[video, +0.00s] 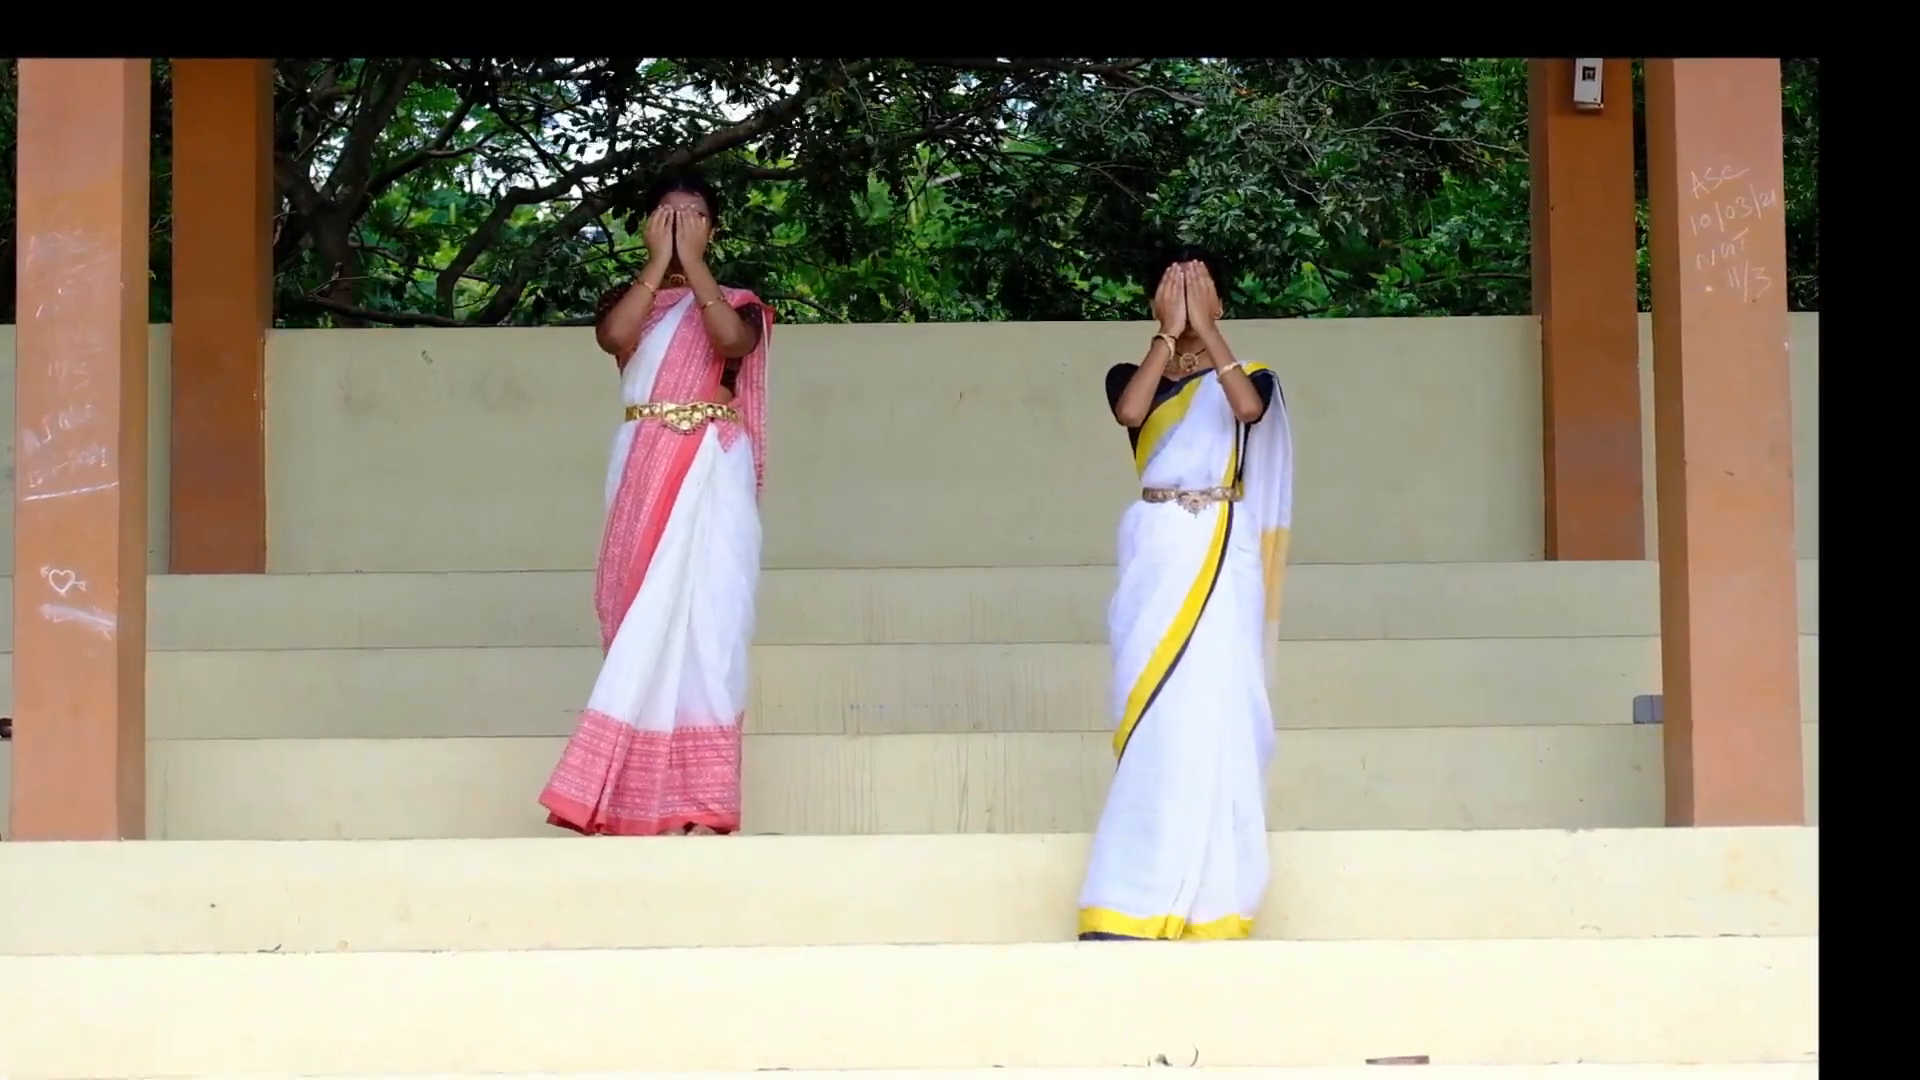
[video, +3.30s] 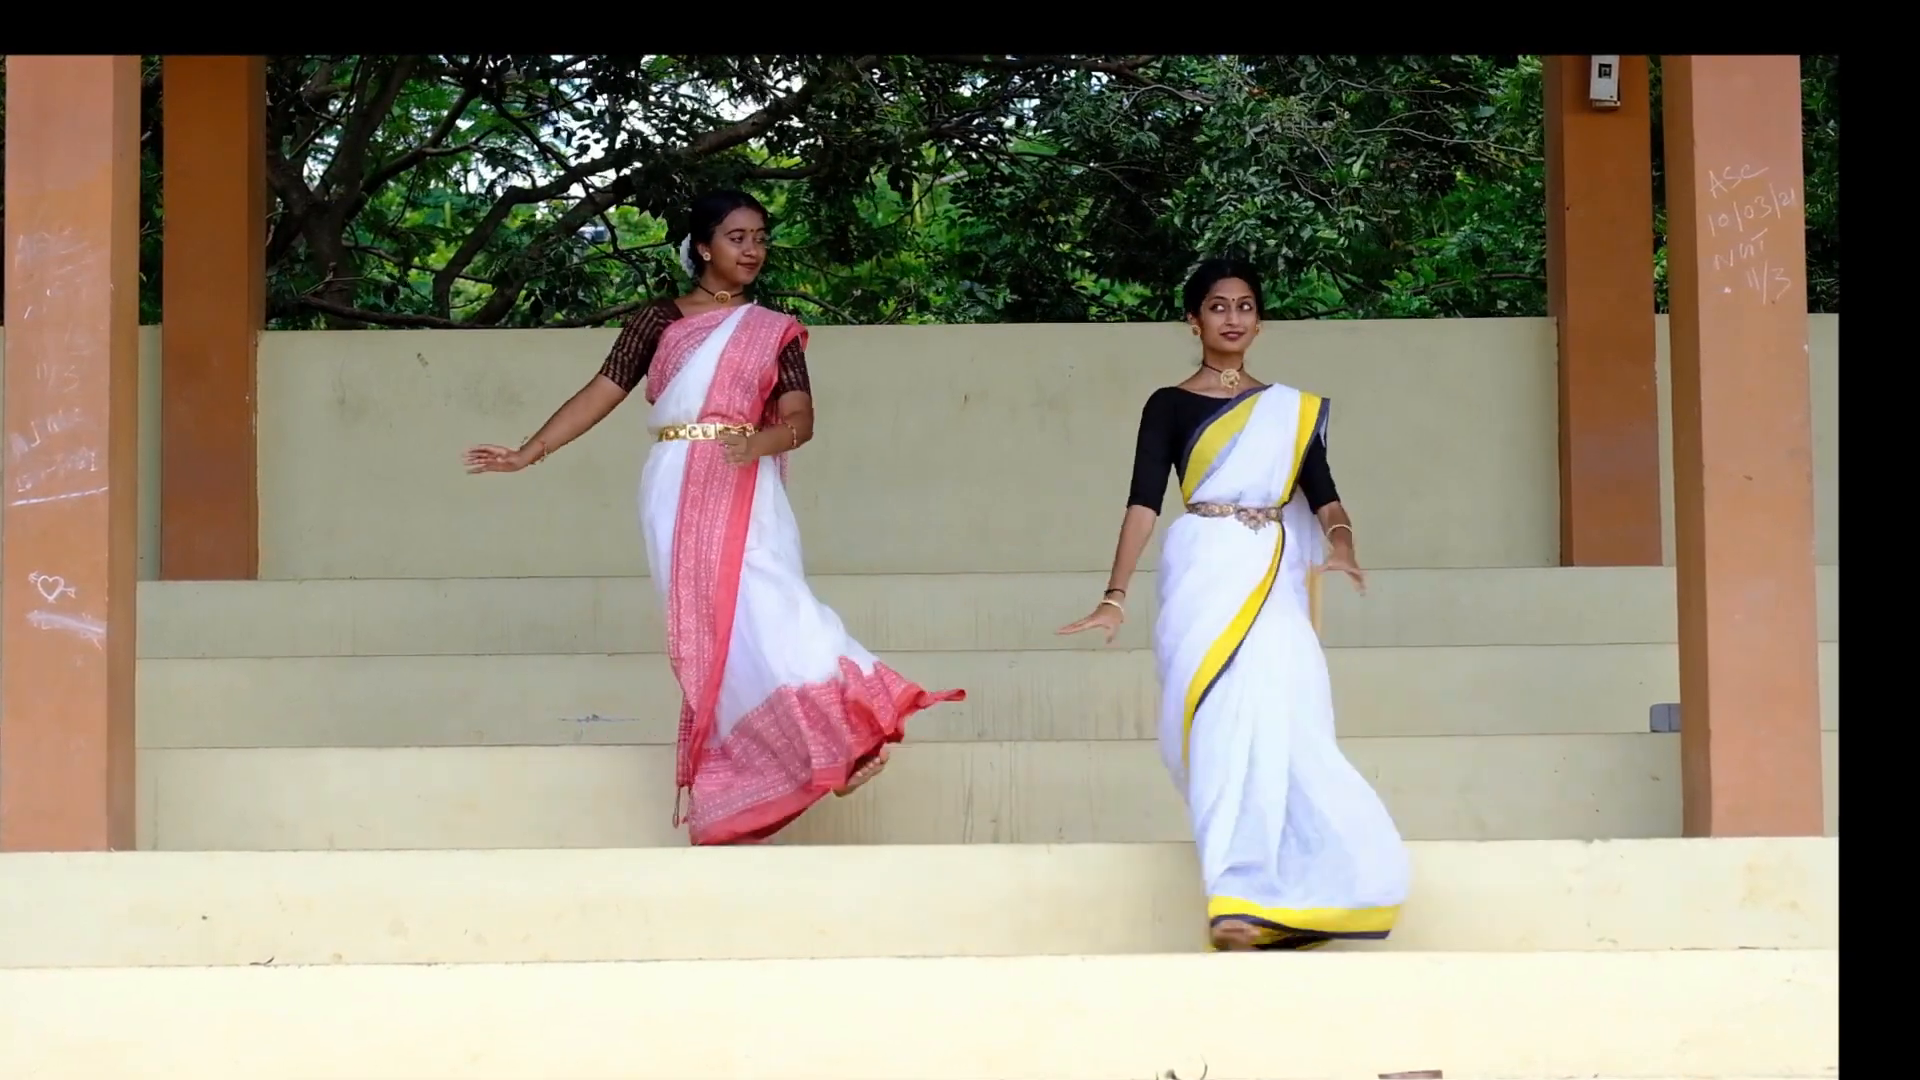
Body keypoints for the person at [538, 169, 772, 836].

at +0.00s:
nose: (679, 227)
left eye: (692, 215)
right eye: (669, 215)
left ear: (713, 229)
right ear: (650, 228)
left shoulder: (741, 304)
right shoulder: (628, 300)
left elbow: (731, 339)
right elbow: (617, 338)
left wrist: (696, 260)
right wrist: (656, 262)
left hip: (713, 477)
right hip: (643, 476)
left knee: (706, 629)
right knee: (639, 626)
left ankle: (702, 805)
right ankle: (630, 803)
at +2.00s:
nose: (675, 226)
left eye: (690, 215)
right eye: (665, 214)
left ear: (712, 227)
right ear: (647, 228)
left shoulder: (738, 301)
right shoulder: (635, 301)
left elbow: (740, 339)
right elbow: (608, 334)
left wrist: (694, 261)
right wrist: (654, 258)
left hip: (712, 477)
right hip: (644, 477)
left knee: (700, 629)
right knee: (648, 628)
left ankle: (690, 806)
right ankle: (642, 800)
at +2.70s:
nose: (704, 231)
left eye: (714, 220)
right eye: (690, 219)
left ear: (727, 229)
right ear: (664, 227)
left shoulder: (747, 307)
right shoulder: (631, 304)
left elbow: (766, 377)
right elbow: (590, 385)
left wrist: (702, 337)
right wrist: (636, 337)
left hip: (727, 482)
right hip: (655, 481)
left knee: (717, 629)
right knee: (658, 628)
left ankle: (703, 809)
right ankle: (652, 804)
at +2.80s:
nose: (720, 237)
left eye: (729, 226)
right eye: (705, 224)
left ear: (736, 235)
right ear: (674, 233)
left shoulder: (755, 313)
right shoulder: (633, 315)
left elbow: (767, 395)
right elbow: (609, 399)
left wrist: (720, 414)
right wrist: (604, 427)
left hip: (733, 490)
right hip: (659, 489)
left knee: (717, 631)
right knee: (661, 631)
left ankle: (706, 812)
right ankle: (659, 806)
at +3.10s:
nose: (748, 241)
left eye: (754, 229)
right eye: (734, 228)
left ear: (758, 235)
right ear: (698, 235)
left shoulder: (768, 315)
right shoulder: (651, 310)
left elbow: (768, 386)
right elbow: (583, 383)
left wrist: (693, 391)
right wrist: (505, 434)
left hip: (747, 479)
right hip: (674, 477)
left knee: (783, 585)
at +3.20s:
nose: (753, 245)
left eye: (758, 234)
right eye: (739, 232)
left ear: (761, 242)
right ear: (700, 239)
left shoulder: (771, 319)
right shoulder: (653, 315)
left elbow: (781, 398)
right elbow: (582, 386)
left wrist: (712, 406)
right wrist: (503, 420)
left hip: (748, 472)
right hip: (674, 475)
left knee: (764, 581)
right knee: (705, 612)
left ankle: (856, 698)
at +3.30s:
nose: (752, 249)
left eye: (759, 238)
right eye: (738, 237)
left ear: (766, 247)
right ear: (702, 246)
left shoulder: (777, 328)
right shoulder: (659, 319)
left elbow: (799, 419)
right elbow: (599, 395)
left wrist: (761, 441)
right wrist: (528, 453)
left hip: (749, 479)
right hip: (675, 476)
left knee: (769, 596)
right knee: (702, 621)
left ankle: (843, 727)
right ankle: (711, 779)